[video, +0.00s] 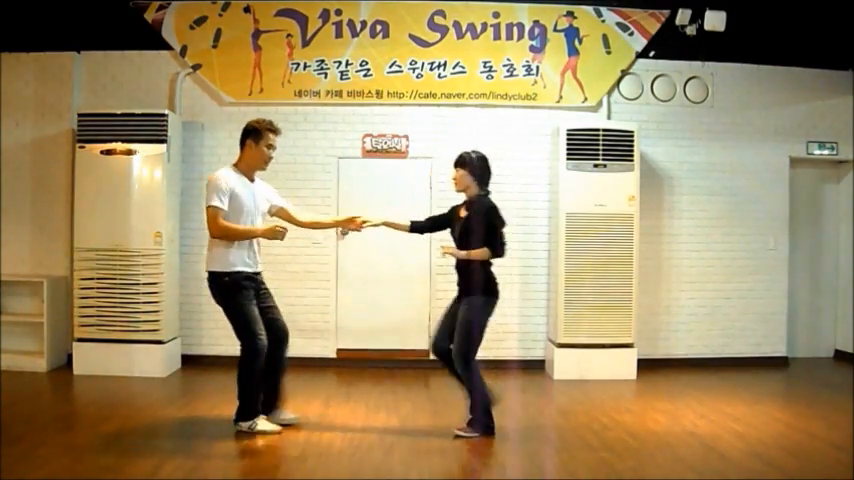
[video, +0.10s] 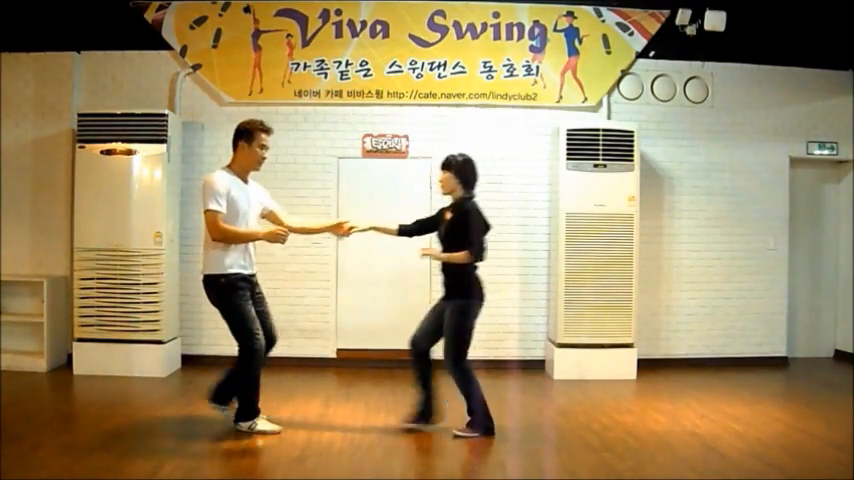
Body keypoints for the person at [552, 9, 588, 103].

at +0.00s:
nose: (567, 20)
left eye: (568, 18)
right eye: (566, 18)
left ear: (572, 19)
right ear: (567, 19)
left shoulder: (568, 29)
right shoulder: (576, 29)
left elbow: (555, 30)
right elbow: (579, 43)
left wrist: (557, 19)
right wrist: (582, 37)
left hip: (573, 54)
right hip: (574, 53)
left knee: (562, 73)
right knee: (574, 75)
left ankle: (559, 95)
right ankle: (584, 95)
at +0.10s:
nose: (567, 20)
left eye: (568, 18)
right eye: (566, 18)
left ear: (572, 19)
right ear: (567, 19)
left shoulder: (568, 29)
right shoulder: (576, 29)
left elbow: (555, 30)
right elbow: (579, 42)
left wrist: (557, 19)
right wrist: (582, 37)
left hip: (572, 54)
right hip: (574, 53)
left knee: (562, 73)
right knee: (574, 75)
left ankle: (559, 95)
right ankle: (584, 95)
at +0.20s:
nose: (567, 20)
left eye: (568, 18)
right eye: (566, 18)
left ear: (572, 19)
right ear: (567, 19)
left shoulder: (568, 29)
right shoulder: (576, 29)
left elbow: (555, 30)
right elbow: (579, 42)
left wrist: (557, 19)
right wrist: (582, 37)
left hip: (572, 54)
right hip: (574, 53)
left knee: (562, 73)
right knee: (574, 75)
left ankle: (559, 95)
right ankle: (584, 95)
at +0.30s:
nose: (567, 20)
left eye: (568, 18)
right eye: (566, 18)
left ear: (572, 19)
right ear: (567, 19)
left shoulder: (568, 29)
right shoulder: (576, 29)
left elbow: (555, 30)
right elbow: (579, 42)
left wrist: (557, 19)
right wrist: (582, 37)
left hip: (572, 54)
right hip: (575, 53)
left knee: (562, 73)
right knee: (574, 75)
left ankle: (559, 95)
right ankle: (584, 95)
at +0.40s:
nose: (567, 19)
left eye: (568, 18)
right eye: (566, 18)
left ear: (572, 18)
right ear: (567, 19)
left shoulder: (568, 29)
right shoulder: (576, 29)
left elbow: (555, 30)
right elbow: (579, 43)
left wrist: (557, 20)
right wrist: (582, 37)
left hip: (573, 54)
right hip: (574, 54)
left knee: (562, 73)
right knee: (574, 75)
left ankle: (559, 95)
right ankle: (584, 95)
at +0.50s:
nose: (567, 19)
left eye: (568, 17)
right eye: (566, 17)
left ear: (572, 18)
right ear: (567, 18)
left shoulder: (568, 29)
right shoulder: (576, 29)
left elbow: (555, 30)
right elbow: (580, 43)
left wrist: (557, 19)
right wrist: (582, 37)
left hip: (573, 54)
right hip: (574, 54)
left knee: (562, 73)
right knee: (574, 75)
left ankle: (559, 95)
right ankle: (584, 96)